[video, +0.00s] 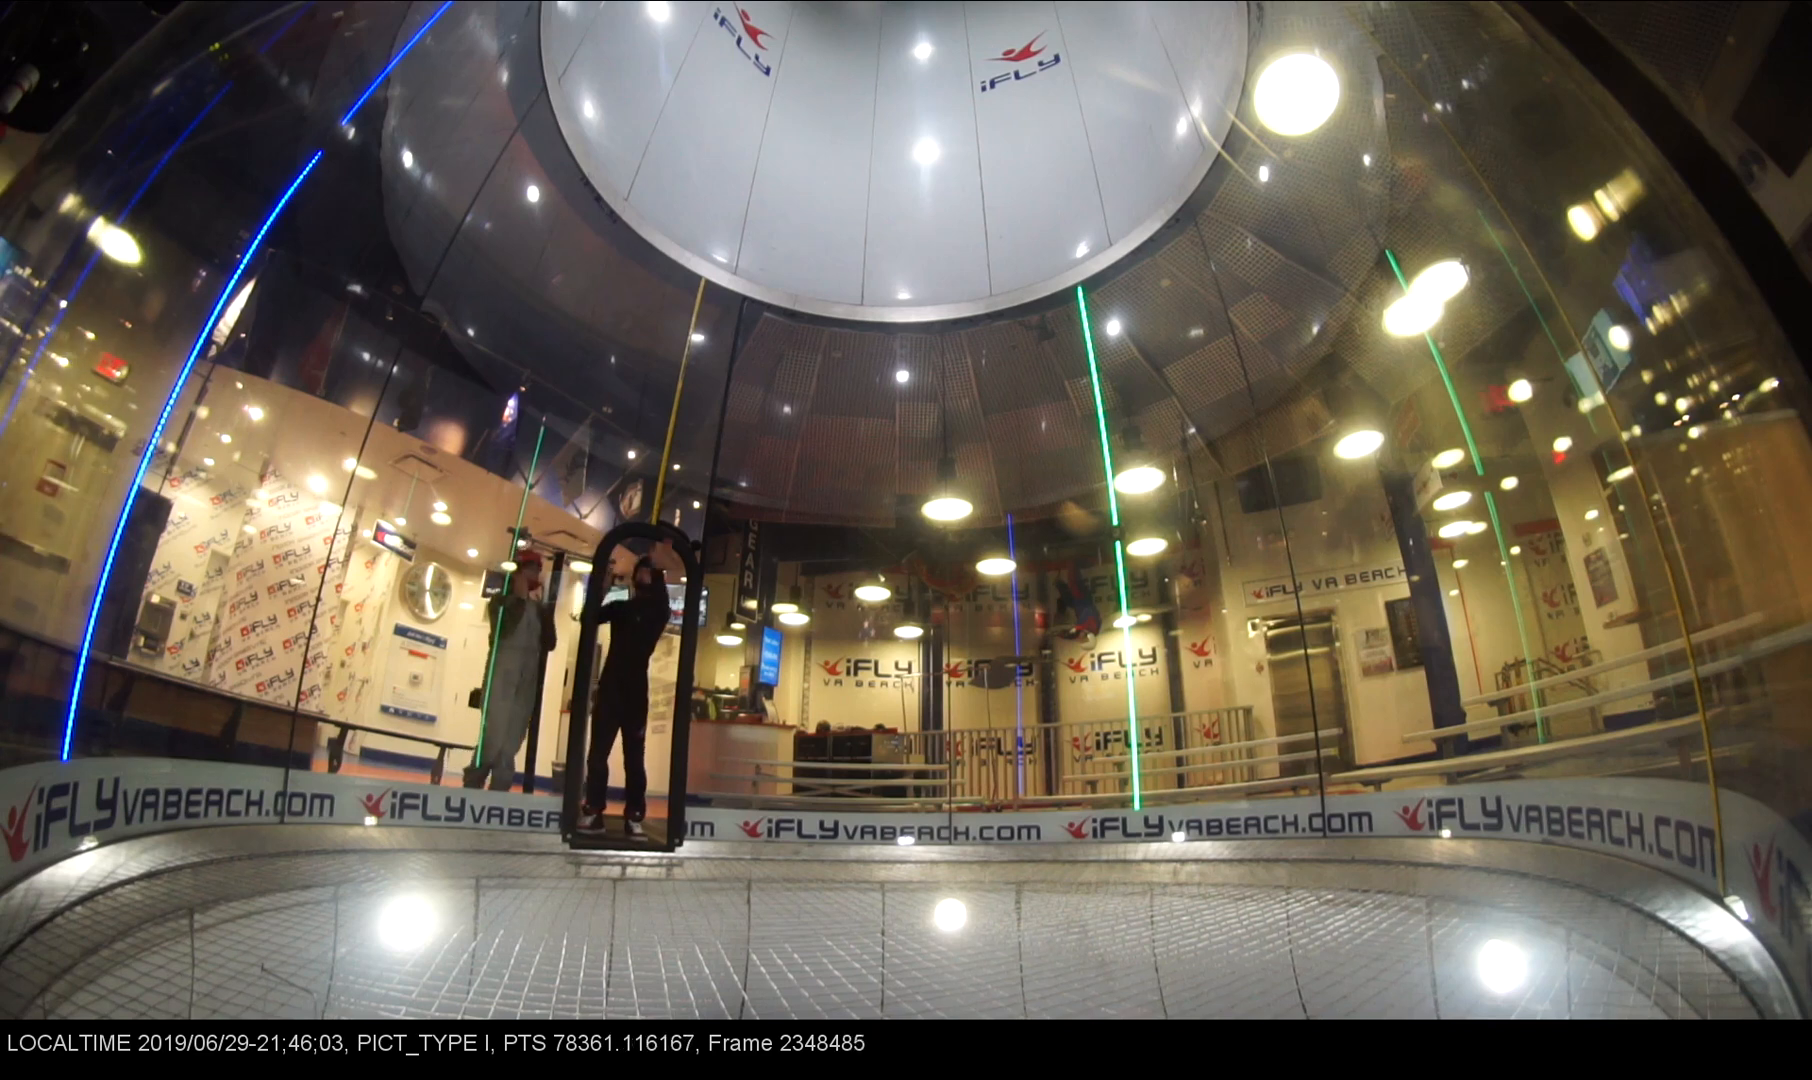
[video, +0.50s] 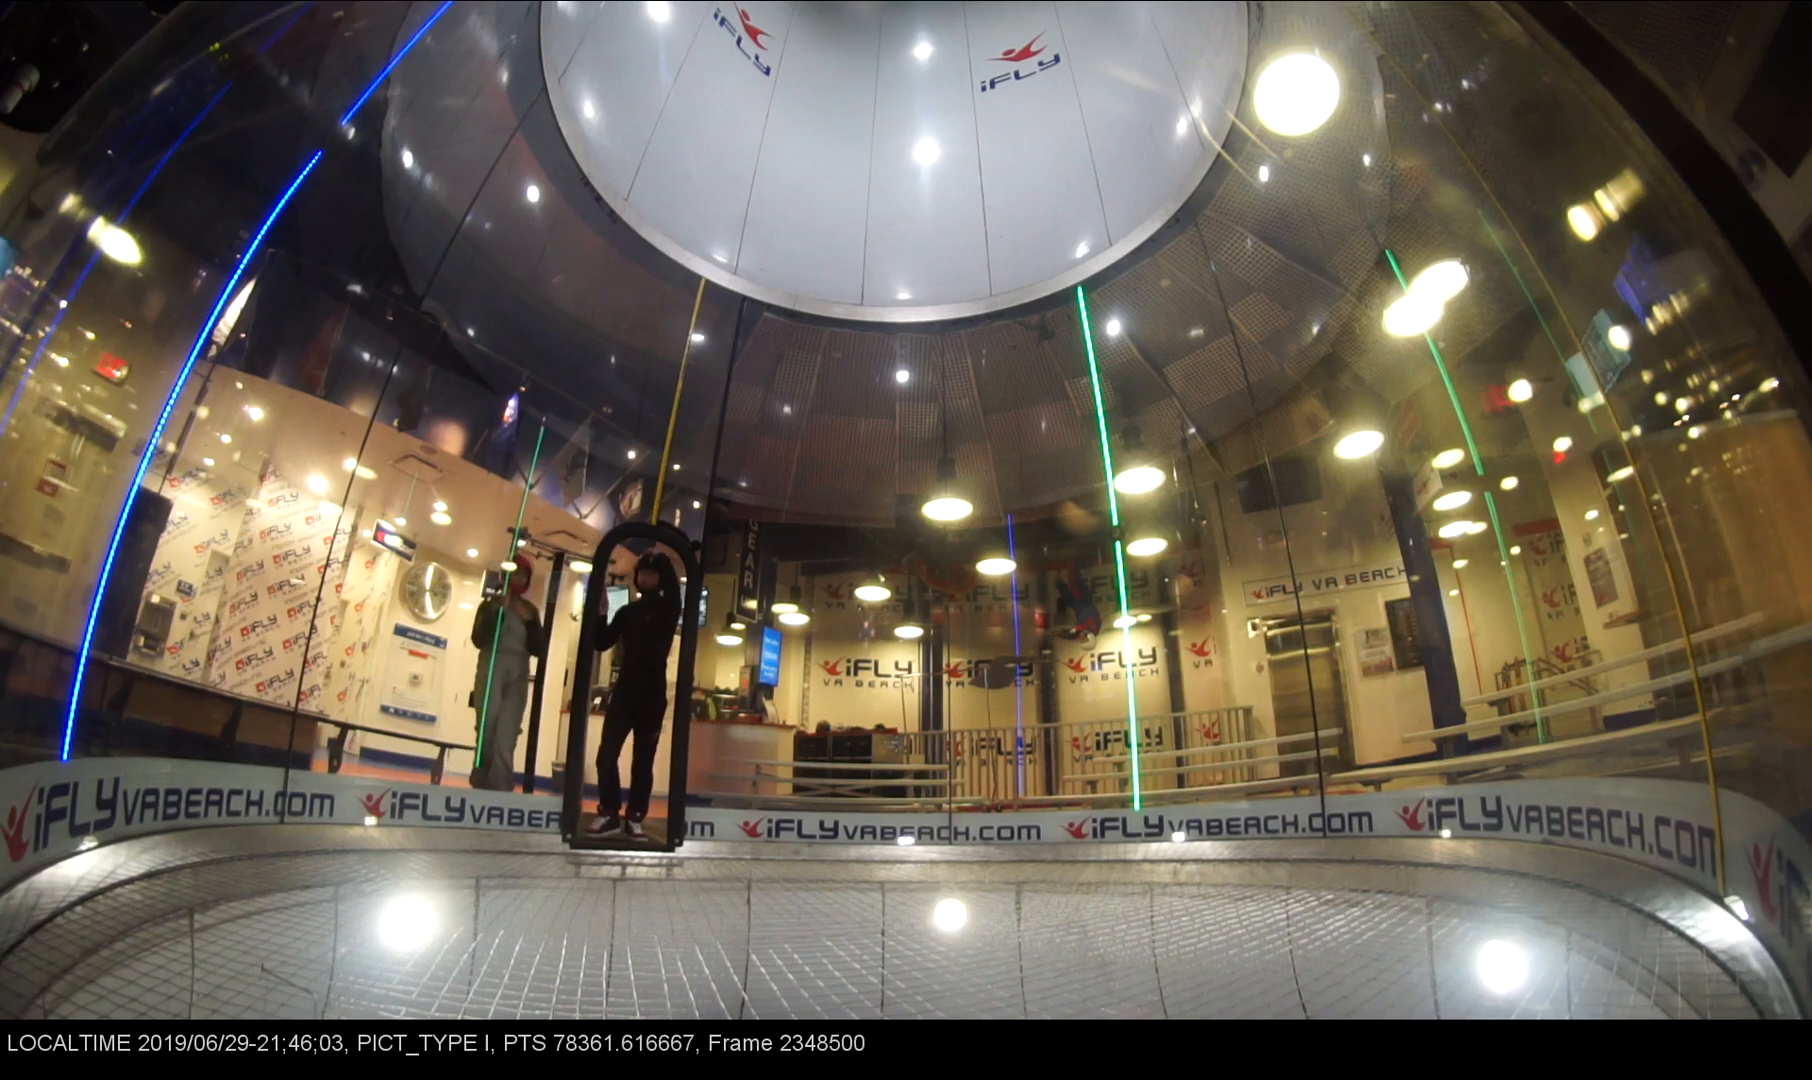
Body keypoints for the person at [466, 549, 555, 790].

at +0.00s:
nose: (536, 576)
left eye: (538, 572)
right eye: (531, 571)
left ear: (539, 577)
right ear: (517, 572)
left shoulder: (539, 609)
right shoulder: (501, 601)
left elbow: (549, 644)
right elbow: (502, 631)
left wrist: (546, 613)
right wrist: (519, 600)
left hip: (529, 675)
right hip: (503, 671)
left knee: (515, 732)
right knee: (495, 728)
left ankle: (501, 786)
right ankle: (473, 781)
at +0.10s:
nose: (528, 578)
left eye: (533, 574)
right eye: (524, 572)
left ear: (538, 579)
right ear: (514, 575)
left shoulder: (539, 609)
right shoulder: (500, 601)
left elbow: (548, 646)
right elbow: (499, 629)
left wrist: (543, 616)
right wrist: (516, 600)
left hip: (530, 669)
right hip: (502, 664)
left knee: (516, 727)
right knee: (495, 720)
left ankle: (501, 783)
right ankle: (482, 776)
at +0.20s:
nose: (525, 574)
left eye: (530, 570)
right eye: (522, 568)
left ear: (536, 577)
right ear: (513, 571)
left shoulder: (538, 609)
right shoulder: (499, 602)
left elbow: (546, 648)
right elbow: (493, 629)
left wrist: (542, 619)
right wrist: (509, 604)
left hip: (527, 665)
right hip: (500, 662)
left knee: (515, 726)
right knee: (492, 722)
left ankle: (500, 784)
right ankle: (481, 781)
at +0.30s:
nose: (520, 575)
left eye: (526, 572)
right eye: (518, 569)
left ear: (533, 579)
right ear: (510, 572)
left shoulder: (537, 611)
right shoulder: (497, 603)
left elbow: (543, 648)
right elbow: (488, 633)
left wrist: (538, 620)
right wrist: (502, 605)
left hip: (523, 667)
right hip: (496, 663)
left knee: (512, 726)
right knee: (490, 720)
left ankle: (499, 783)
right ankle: (480, 778)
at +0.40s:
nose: (519, 579)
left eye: (524, 575)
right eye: (516, 572)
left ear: (530, 581)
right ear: (507, 575)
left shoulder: (532, 611)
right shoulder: (493, 604)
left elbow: (539, 649)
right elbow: (484, 635)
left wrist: (534, 620)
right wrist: (499, 607)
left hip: (519, 671)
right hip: (492, 667)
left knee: (509, 728)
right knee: (489, 722)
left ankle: (499, 783)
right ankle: (481, 779)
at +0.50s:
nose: (518, 578)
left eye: (523, 574)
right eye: (515, 572)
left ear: (528, 581)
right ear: (506, 574)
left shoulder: (530, 610)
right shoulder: (490, 605)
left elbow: (538, 648)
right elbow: (479, 640)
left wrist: (531, 621)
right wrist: (495, 611)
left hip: (518, 671)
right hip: (490, 667)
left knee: (508, 729)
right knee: (487, 725)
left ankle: (501, 785)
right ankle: (481, 780)